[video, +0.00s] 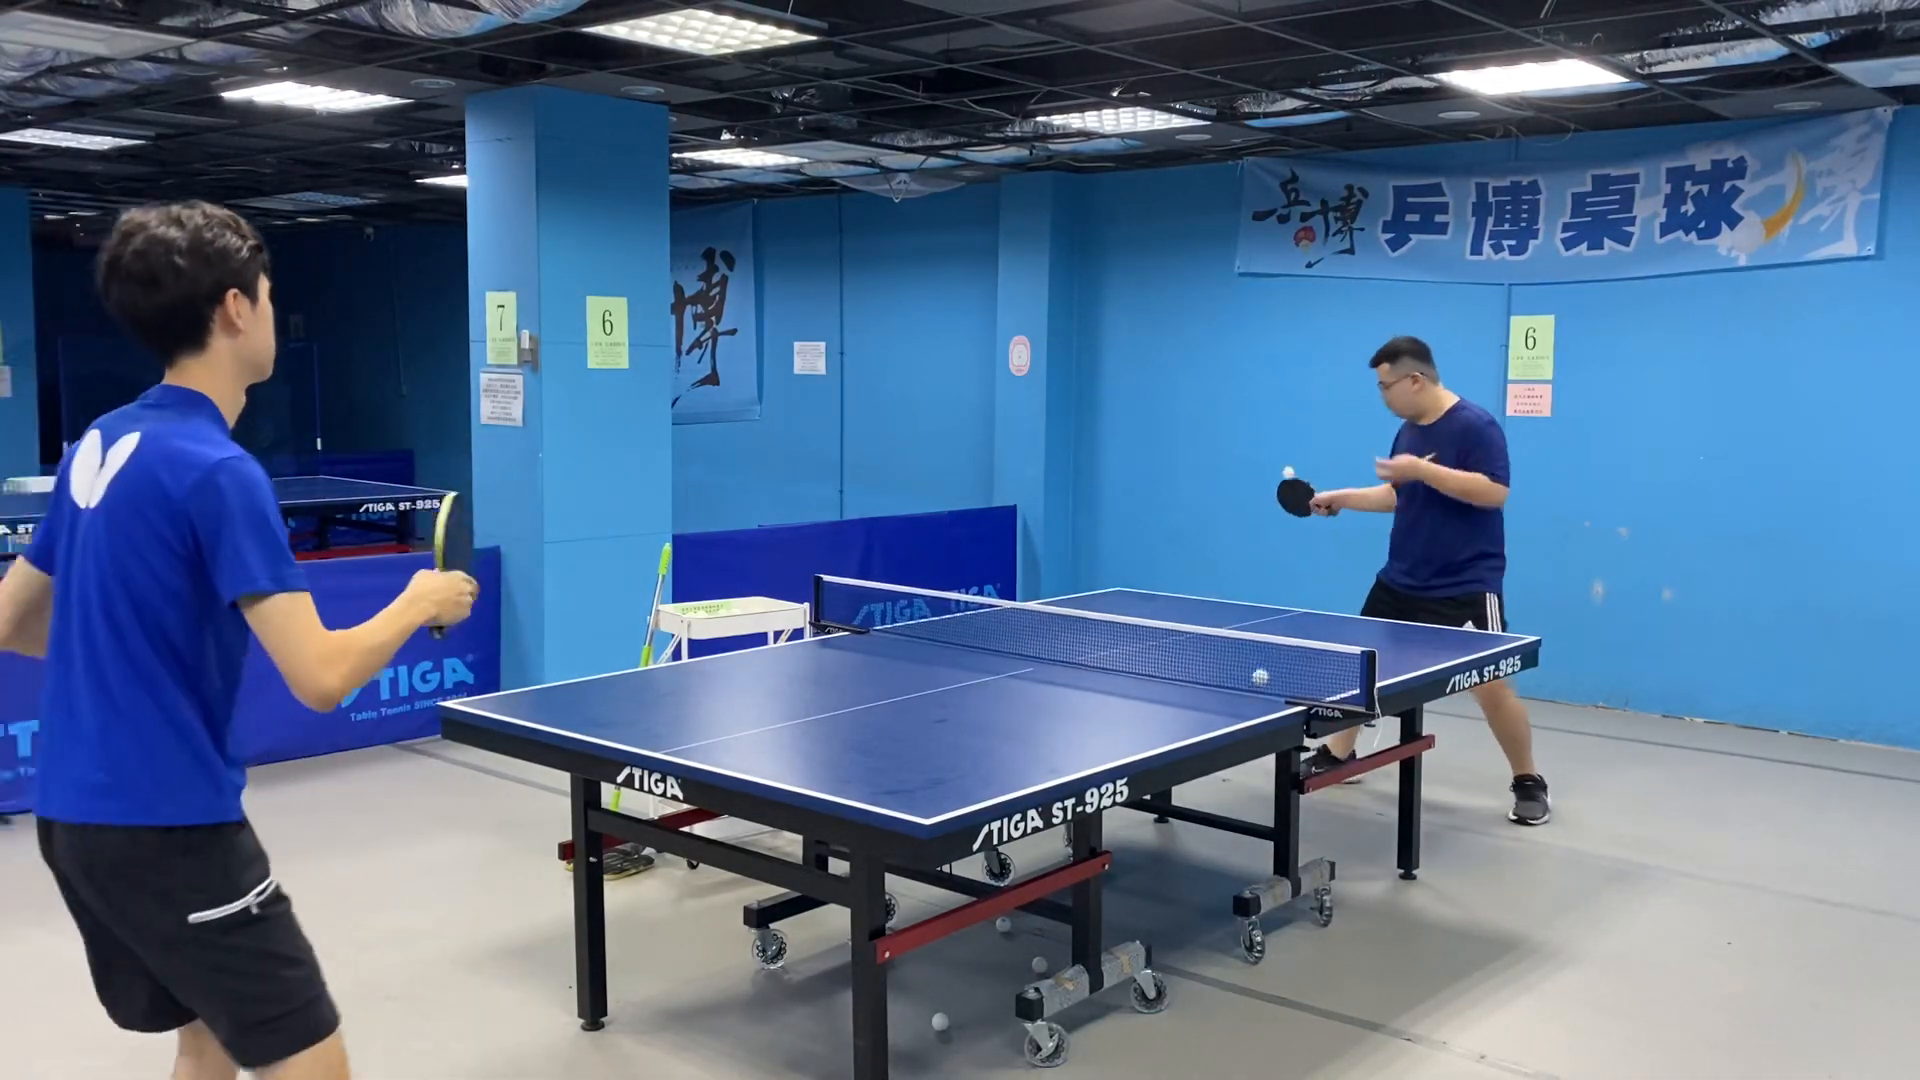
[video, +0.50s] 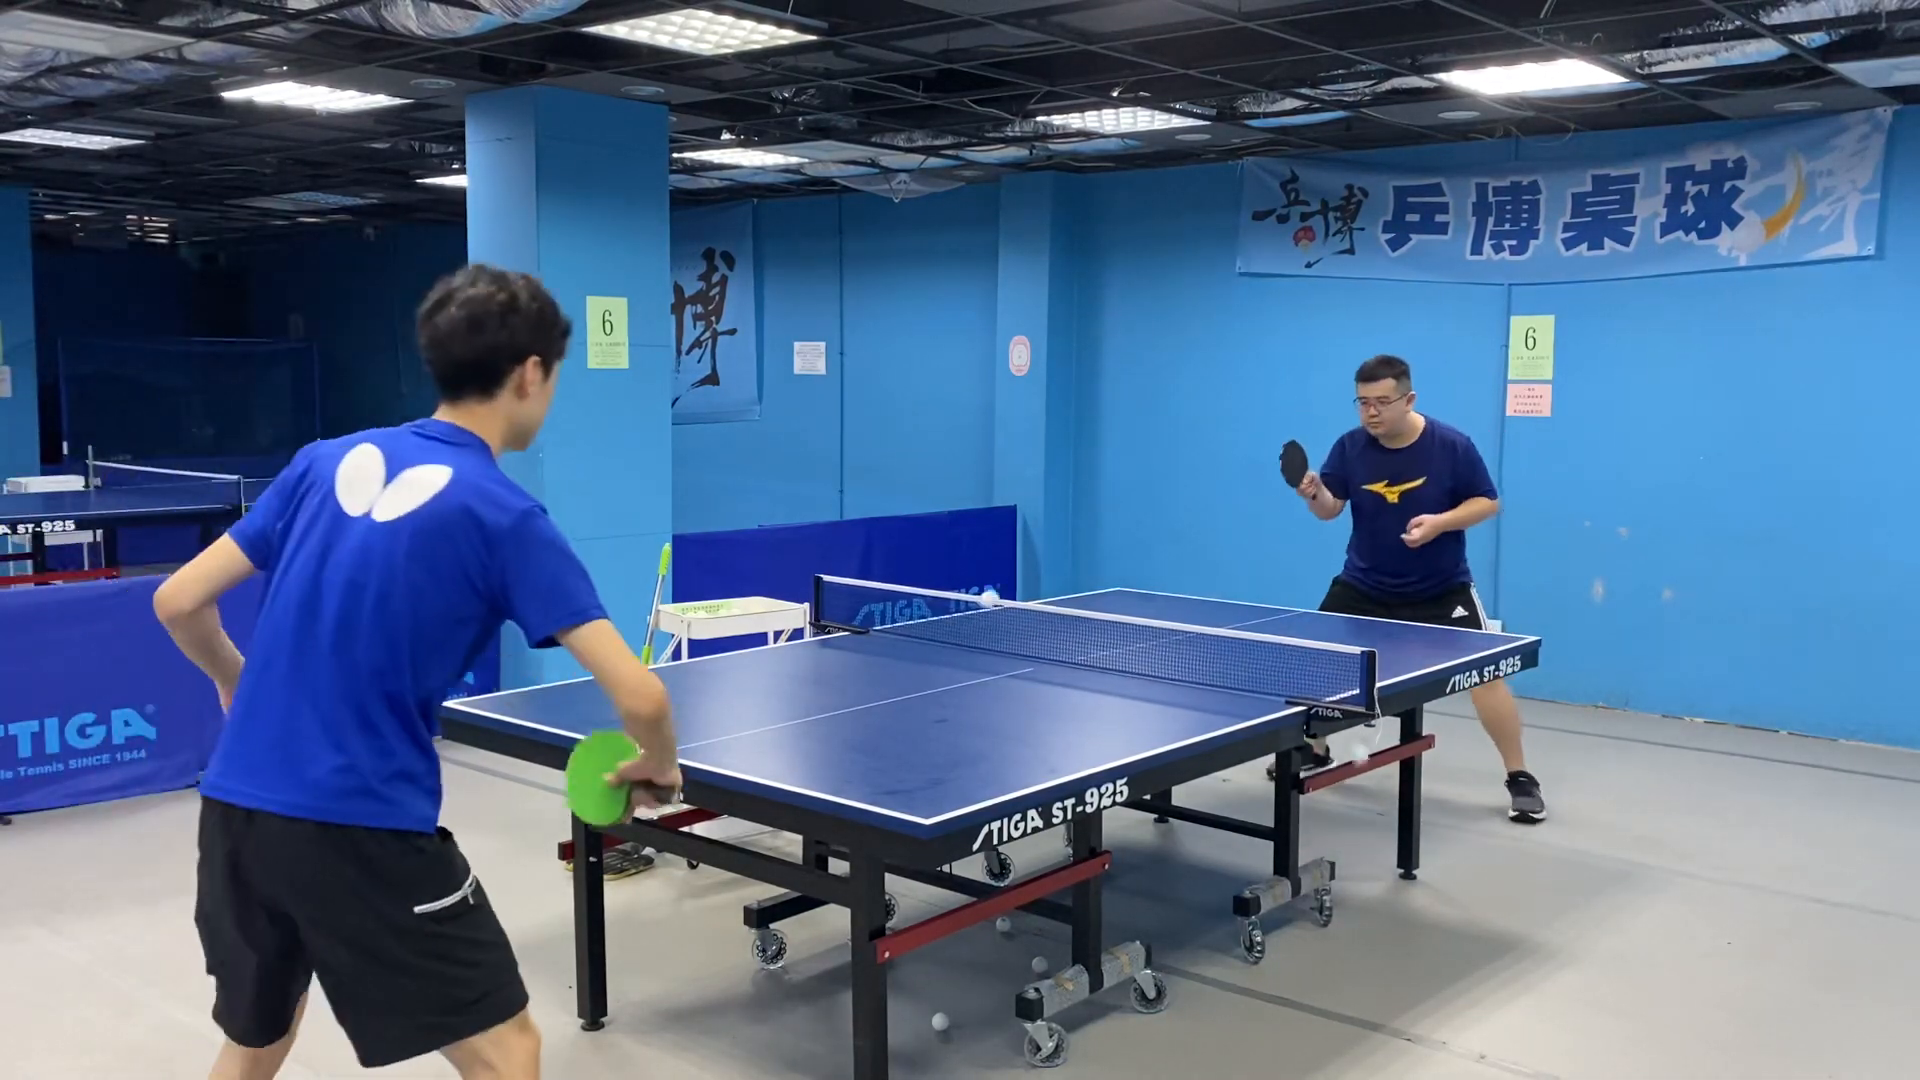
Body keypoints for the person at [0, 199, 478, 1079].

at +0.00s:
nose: (274, 316)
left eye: (267, 294)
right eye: (266, 295)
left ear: (152, 319)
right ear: (233, 311)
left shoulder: (98, 445)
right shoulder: (219, 472)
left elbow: (18, 618)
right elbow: (323, 674)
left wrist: (141, 645)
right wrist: (419, 602)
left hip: (78, 811)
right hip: (169, 820)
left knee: (213, 1031)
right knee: (311, 1059)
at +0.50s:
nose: (552, 392)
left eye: (555, 372)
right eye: (554, 371)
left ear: (442, 364)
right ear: (527, 374)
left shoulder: (323, 461)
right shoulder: (504, 512)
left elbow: (180, 600)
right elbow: (643, 699)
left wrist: (237, 681)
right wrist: (658, 761)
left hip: (237, 805)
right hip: (363, 825)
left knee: (254, 1035)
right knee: (503, 1051)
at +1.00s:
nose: (542, 369)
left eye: (540, 352)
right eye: (541, 355)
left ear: (435, 357)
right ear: (522, 364)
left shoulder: (331, 456)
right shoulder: (539, 498)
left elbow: (196, 600)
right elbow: (712, 571)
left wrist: (196, 690)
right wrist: (794, 527)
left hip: (259, 796)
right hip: (395, 819)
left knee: (219, 990)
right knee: (504, 1044)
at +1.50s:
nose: (445, 374)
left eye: (445, 354)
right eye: (443, 354)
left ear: (334, 355)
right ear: (408, 365)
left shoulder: (256, 445)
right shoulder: (357, 508)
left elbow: (147, 577)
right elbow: (383, 715)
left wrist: (225, 658)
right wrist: (537, 698)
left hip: (147, 761)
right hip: (233, 790)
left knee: (200, 938)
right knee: (341, 1030)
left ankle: (118, 1073)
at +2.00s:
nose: (333, 401)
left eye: (332, 382)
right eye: (331, 382)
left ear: (230, 381)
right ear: (303, 390)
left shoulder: (136, 478)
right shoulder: (303, 525)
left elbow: (30, 622)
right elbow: (482, 614)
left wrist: (114, 695)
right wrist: (566, 580)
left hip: (61, 792)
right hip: (157, 810)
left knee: (112, 955)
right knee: (306, 1028)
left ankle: (53, 1076)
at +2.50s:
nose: (324, 387)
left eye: (324, 368)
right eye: (322, 367)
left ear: (217, 370)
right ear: (286, 376)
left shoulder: (146, 466)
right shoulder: (246, 522)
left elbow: (59, 613)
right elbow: (288, 720)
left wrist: (194, 693)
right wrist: (428, 694)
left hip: (65, 775)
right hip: (144, 797)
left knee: (114, 970)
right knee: (280, 1026)